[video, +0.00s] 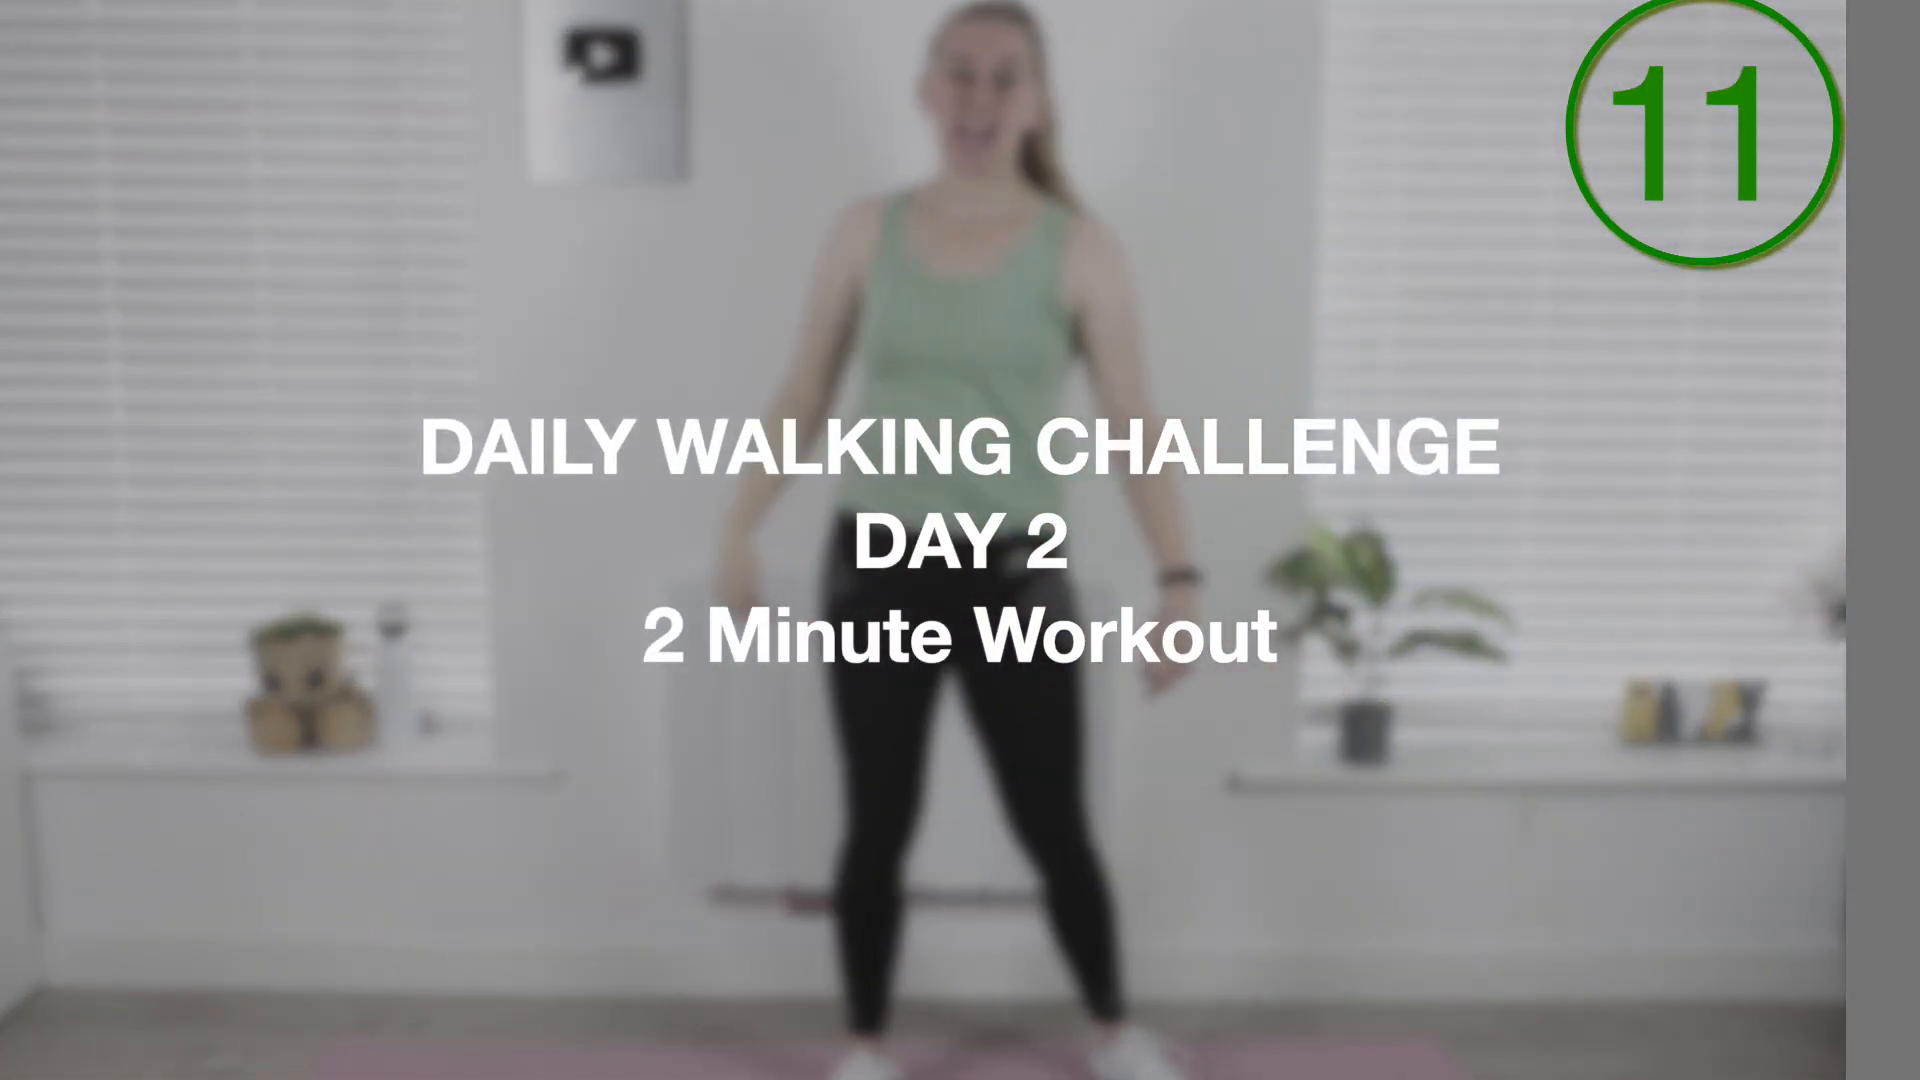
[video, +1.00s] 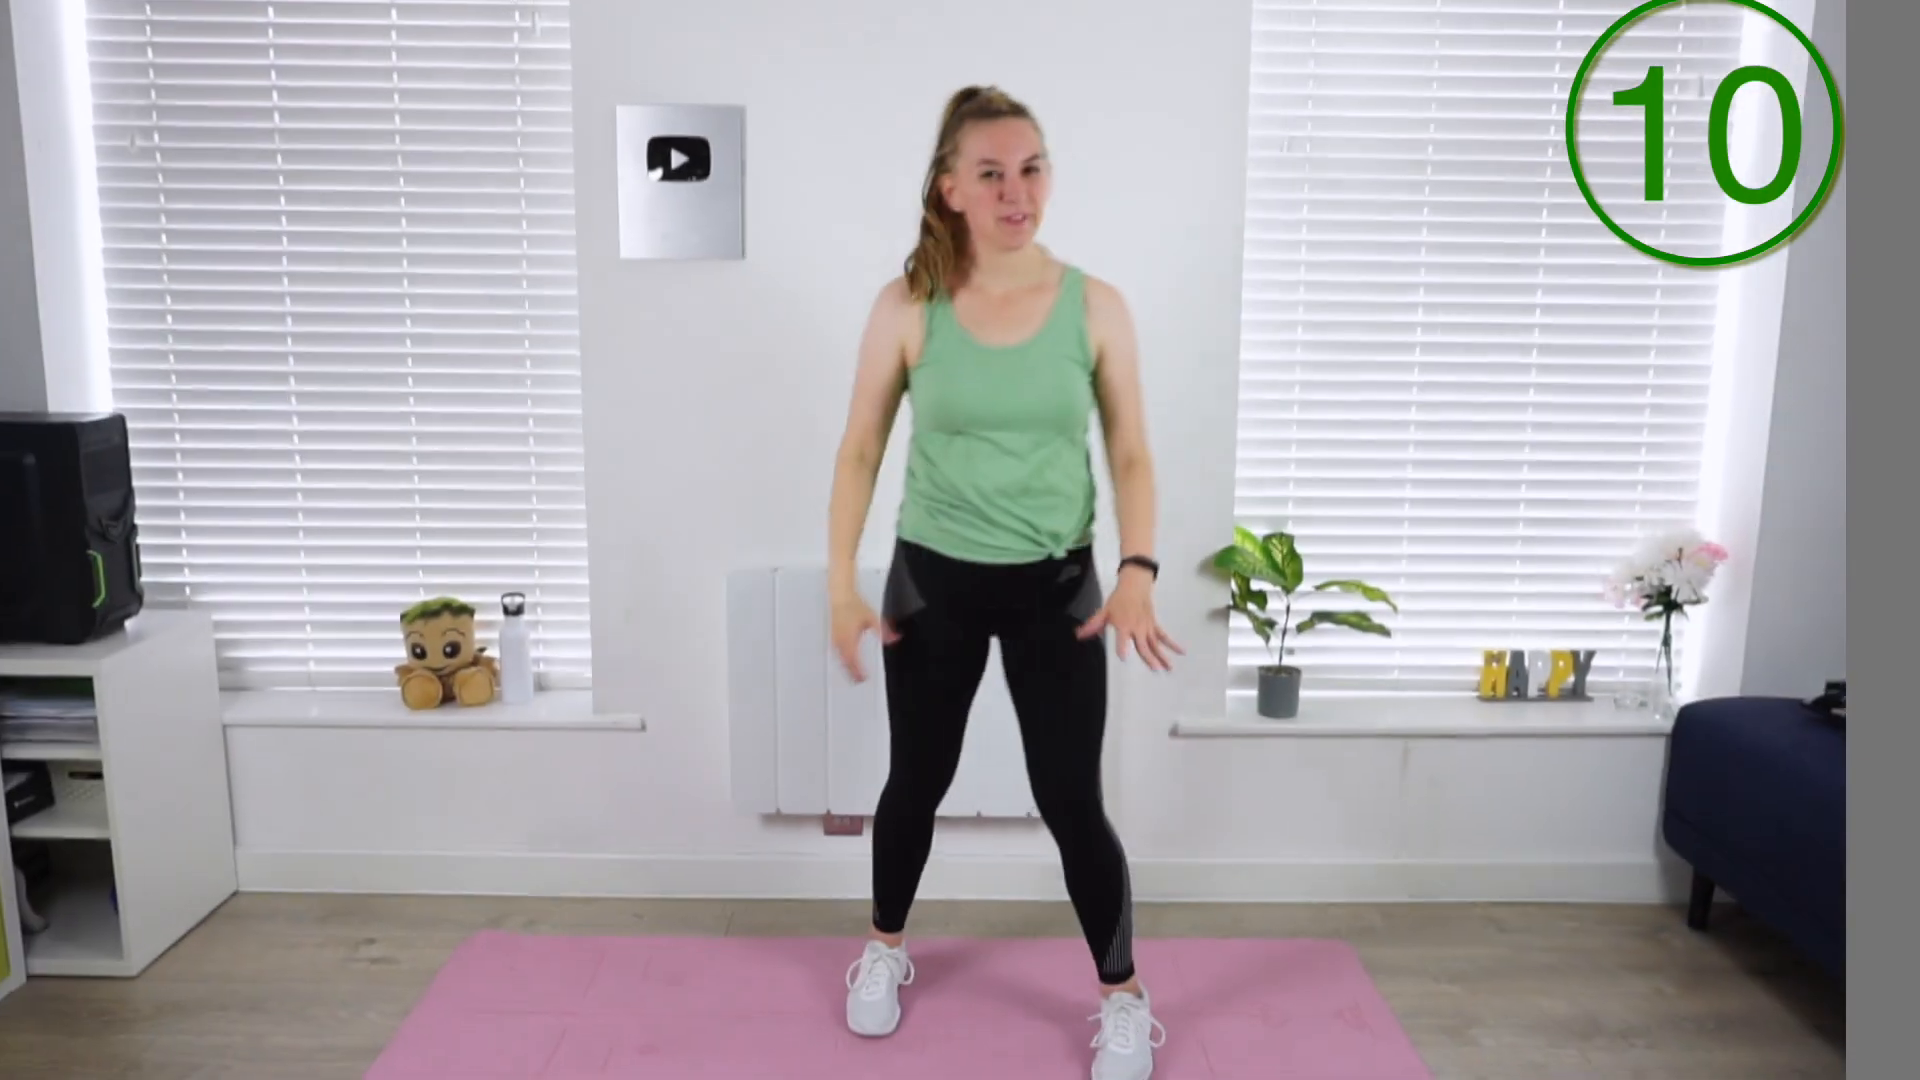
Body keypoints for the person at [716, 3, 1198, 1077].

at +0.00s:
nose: (980, 100)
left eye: (1004, 80)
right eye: (961, 77)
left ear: (1038, 99)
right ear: (927, 90)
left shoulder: (1077, 246)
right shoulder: (869, 231)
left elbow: (1134, 425)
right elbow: (804, 396)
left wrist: (1177, 576)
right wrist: (737, 533)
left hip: (1014, 562)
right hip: (879, 557)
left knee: (1051, 818)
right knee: (878, 814)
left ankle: (1114, 1033)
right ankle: (865, 1044)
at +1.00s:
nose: (1016, 191)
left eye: (1030, 170)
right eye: (991, 173)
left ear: (1048, 177)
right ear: (948, 188)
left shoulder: (1094, 307)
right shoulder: (907, 308)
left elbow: (1131, 455)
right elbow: (859, 454)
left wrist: (1136, 569)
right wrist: (844, 586)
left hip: (1057, 582)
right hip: (935, 578)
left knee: (1071, 802)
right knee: (915, 780)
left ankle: (1122, 998)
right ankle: (883, 947)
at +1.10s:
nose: (1034, 191)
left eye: (1052, 172)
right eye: (1012, 174)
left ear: (1075, 188)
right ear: (979, 192)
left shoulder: (1122, 311)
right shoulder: (938, 309)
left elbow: (1172, 455)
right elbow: (868, 443)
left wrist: (1137, 538)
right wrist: (915, 556)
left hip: (1078, 571)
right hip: (960, 564)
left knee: (1083, 792)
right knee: (929, 771)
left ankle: (1119, 981)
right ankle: (890, 932)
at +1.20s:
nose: (1052, 205)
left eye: (1071, 186)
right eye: (1033, 186)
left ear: (1097, 200)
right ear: (1004, 200)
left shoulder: (1140, 319)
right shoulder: (961, 307)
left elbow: (1207, 444)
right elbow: (869, 423)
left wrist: (1136, 498)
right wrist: (968, 456)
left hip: (1094, 578)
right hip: (982, 572)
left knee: (1091, 789)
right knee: (939, 773)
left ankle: (1118, 972)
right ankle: (911, 922)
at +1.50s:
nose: (1066, 201)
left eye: (1086, 184)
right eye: (1048, 182)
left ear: (1117, 201)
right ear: (1022, 194)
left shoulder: (1136, 306)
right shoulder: (987, 280)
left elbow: (1174, 383)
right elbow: (865, 291)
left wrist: (1036, 400)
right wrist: (997, 286)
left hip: (1101, 576)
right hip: (994, 572)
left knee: (1099, 787)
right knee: (999, 787)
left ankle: (1116, 972)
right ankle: (1007, 972)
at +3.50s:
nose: (987, 204)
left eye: (1010, 186)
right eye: (972, 184)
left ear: (1053, 198)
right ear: (956, 193)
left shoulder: (1092, 299)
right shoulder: (924, 290)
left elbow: (1069, 341)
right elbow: (827, 350)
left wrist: (958, 340)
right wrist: (941, 326)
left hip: (1073, 578)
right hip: (964, 578)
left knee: (1084, 786)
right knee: (996, 786)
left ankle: (1116, 970)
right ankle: (1007, 971)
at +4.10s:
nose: (978, 211)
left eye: (999, 195)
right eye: (972, 193)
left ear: (1059, 204)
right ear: (967, 198)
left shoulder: (1100, 311)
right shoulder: (959, 303)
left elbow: (1098, 444)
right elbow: (853, 394)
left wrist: (960, 478)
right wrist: (884, 374)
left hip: (1082, 576)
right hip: (985, 573)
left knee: (1067, 789)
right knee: (1005, 782)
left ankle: (1138, 953)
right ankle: (1007, 970)